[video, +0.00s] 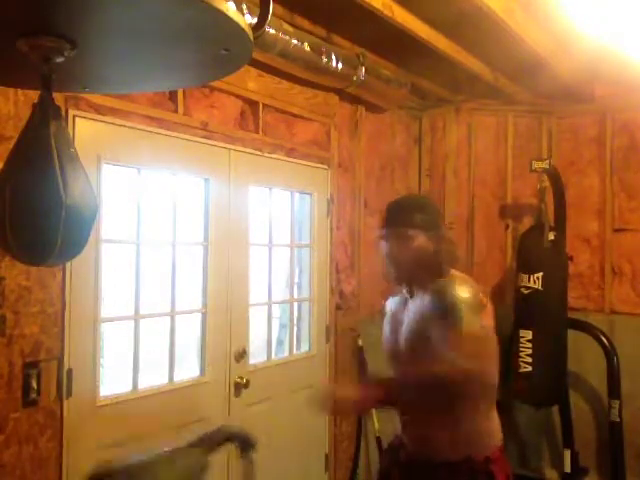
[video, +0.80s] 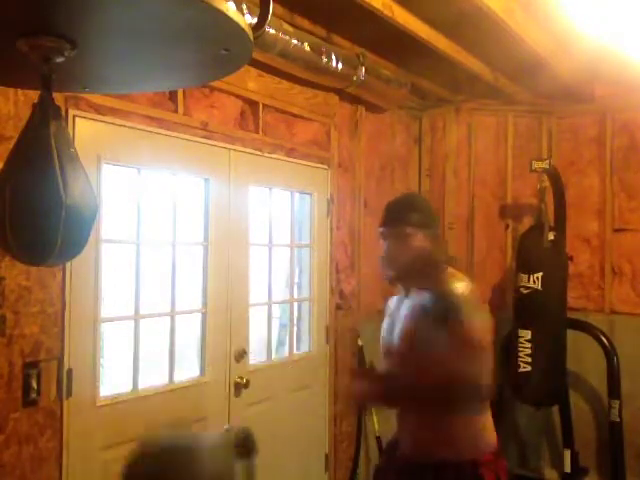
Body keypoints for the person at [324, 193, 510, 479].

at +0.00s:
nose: (389, 251)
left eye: (402, 238)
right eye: (386, 240)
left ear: (430, 241)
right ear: (381, 243)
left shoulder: (458, 297)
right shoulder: (395, 305)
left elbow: (477, 379)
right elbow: (414, 384)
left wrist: (381, 393)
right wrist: (367, 394)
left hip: (469, 463)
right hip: (415, 458)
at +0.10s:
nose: (402, 250)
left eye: (416, 237)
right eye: (398, 238)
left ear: (443, 240)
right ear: (392, 241)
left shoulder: (483, 299)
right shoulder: (387, 304)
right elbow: (376, 378)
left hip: (472, 463)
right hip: (407, 460)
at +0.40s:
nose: (417, 248)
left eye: (429, 237)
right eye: (407, 236)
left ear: (453, 240)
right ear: (398, 240)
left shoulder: (490, 306)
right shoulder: (375, 298)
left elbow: (524, 391)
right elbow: (347, 373)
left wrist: (458, 369)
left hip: (465, 462)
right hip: (396, 463)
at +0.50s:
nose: (400, 246)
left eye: (412, 234)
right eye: (393, 235)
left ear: (440, 237)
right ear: (386, 241)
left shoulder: (472, 298)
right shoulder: (374, 300)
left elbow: (476, 378)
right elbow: (363, 373)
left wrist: (397, 335)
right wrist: (369, 427)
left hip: (460, 458)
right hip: (394, 456)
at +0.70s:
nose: (378, 251)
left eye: (384, 239)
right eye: (377, 241)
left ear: (411, 238)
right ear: (410, 239)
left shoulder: (433, 286)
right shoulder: (416, 289)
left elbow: (387, 343)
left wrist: (294, 345)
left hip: (453, 461)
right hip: (424, 456)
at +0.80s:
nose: (384, 253)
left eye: (392, 240)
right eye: (384, 240)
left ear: (416, 238)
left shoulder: (456, 296)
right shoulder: (397, 302)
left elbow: (476, 382)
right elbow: (399, 374)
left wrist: (389, 389)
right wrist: (372, 382)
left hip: (463, 459)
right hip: (412, 454)